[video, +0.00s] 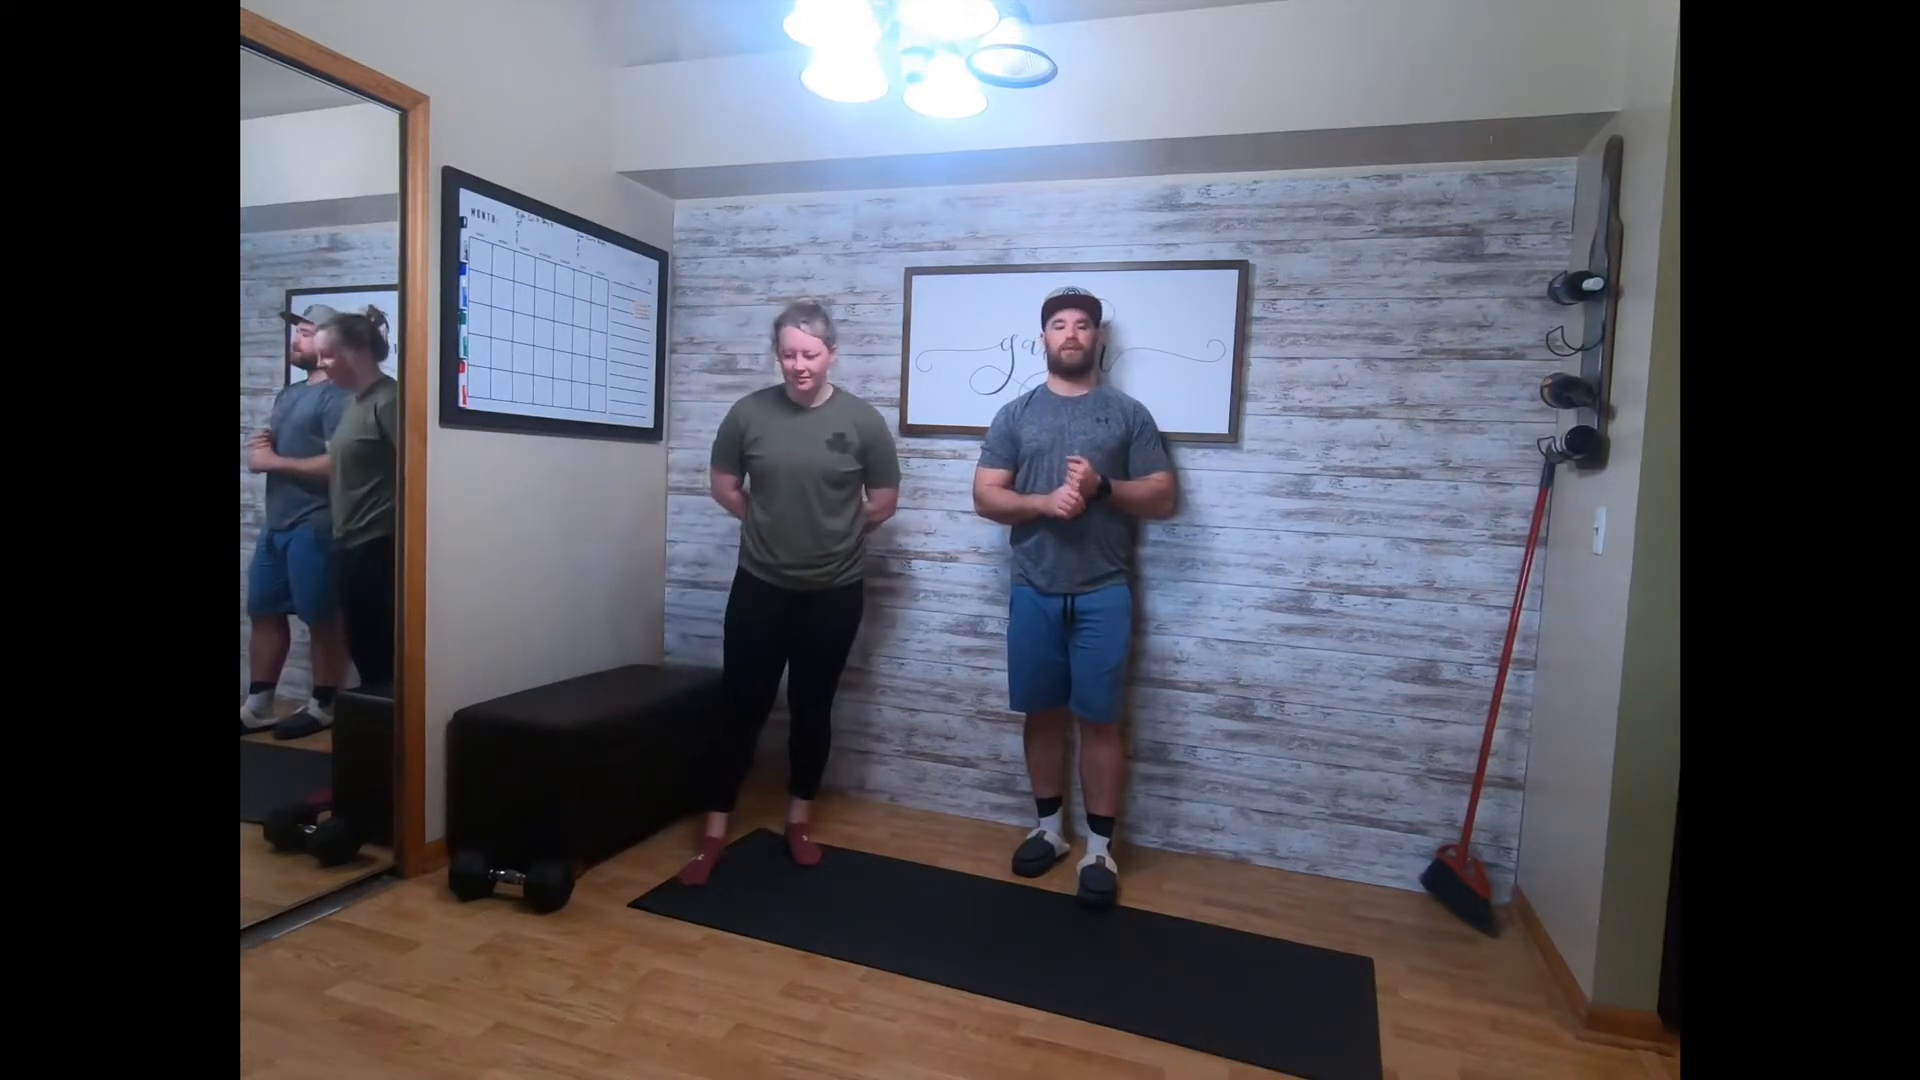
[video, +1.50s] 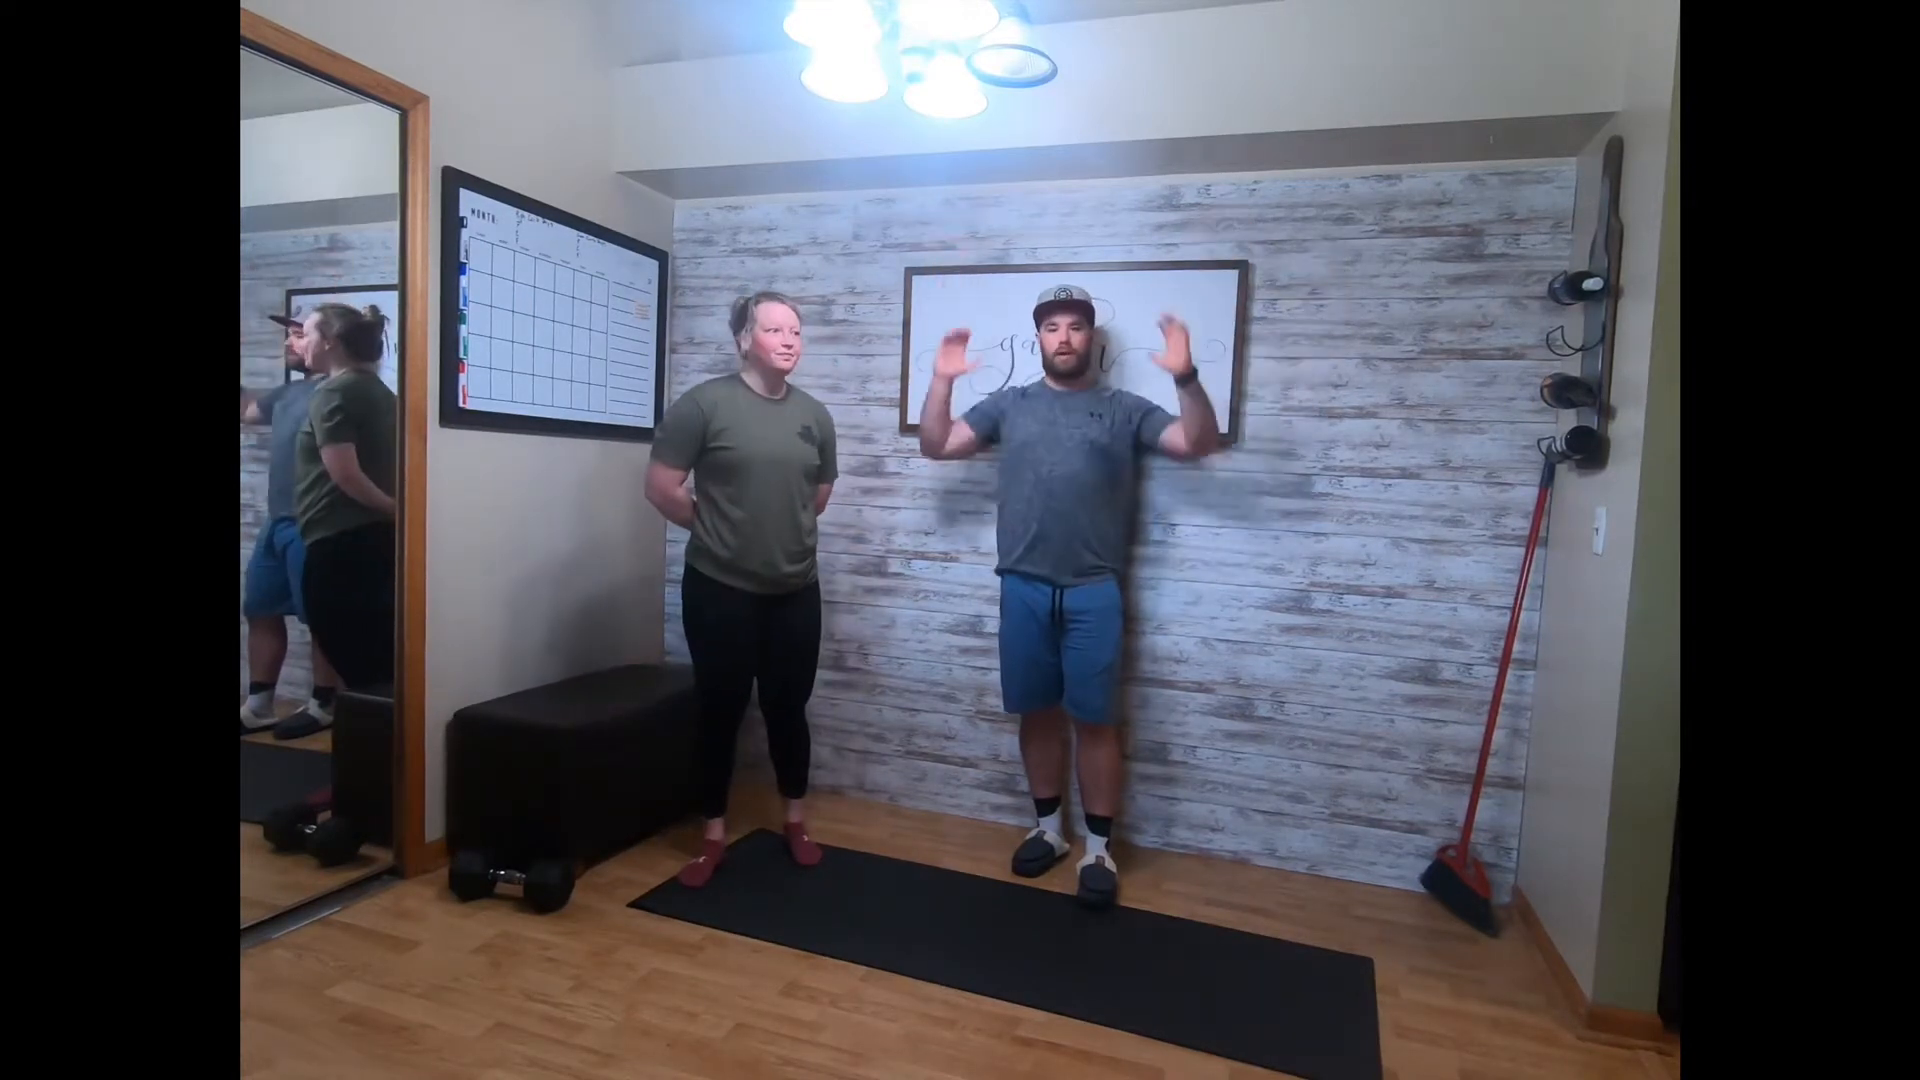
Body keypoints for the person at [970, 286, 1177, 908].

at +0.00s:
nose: (1071, 333)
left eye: (1082, 325)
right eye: (1059, 325)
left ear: (1098, 339)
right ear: (1043, 339)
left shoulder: (1126, 414)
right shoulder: (1015, 415)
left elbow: (1163, 498)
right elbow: (986, 497)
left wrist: (1104, 488)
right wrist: (1042, 502)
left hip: (1103, 586)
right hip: (1034, 586)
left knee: (1098, 716)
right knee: (1042, 711)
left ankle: (1099, 850)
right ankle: (1049, 831)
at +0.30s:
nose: (1069, 336)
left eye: (1081, 327)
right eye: (1058, 328)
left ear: (1097, 340)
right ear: (1043, 341)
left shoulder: (1126, 416)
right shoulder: (1015, 415)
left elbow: (1160, 501)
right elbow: (985, 496)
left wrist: (1103, 489)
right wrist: (1042, 503)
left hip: (1101, 585)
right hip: (1031, 585)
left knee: (1097, 715)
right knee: (1040, 710)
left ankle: (1098, 850)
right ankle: (1048, 831)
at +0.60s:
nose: (1071, 335)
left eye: (1083, 327)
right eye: (1060, 327)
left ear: (1099, 341)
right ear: (1044, 340)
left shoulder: (1124, 415)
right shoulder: (1017, 411)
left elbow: (1165, 502)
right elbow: (966, 489)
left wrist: (1158, 455)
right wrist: (991, 454)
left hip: (1097, 583)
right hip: (1029, 582)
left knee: (1094, 715)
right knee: (1038, 711)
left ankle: (1098, 851)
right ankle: (1048, 831)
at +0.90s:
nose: (1071, 335)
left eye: (1083, 327)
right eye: (1060, 326)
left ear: (1099, 341)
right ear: (1044, 339)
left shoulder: (1127, 408)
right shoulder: (1015, 405)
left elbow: (1199, 445)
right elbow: (939, 436)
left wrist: (1204, 374)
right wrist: (949, 369)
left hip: (1095, 584)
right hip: (1025, 583)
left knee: (1095, 717)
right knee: (1036, 712)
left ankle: (1097, 851)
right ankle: (1048, 831)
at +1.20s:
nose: (1071, 337)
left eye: (1082, 328)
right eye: (1059, 328)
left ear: (1100, 339)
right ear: (1044, 341)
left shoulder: (1124, 394)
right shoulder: (1019, 391)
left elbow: (1184, 337)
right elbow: (951, 341)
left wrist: (1215, 256)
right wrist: (935, 260)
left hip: (1093, 574)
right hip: (1024, 572)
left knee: (1094, 712)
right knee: (1035, 707)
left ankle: (1097, 848)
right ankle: (1047, 829)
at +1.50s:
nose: (1064, 336)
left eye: (1076, 327)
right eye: (1053, 328)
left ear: (1093, 339)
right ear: (1038, 340)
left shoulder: (1122, 408)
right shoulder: (1012, 404)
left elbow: (1199, 440)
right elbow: (937, 443)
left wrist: (1185, 376)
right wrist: (942, 378)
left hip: (1094, 579)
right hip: (1024, 577)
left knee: (1093, 715)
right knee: (1036, 709)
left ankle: (1097, 851)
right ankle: (1048, 831)